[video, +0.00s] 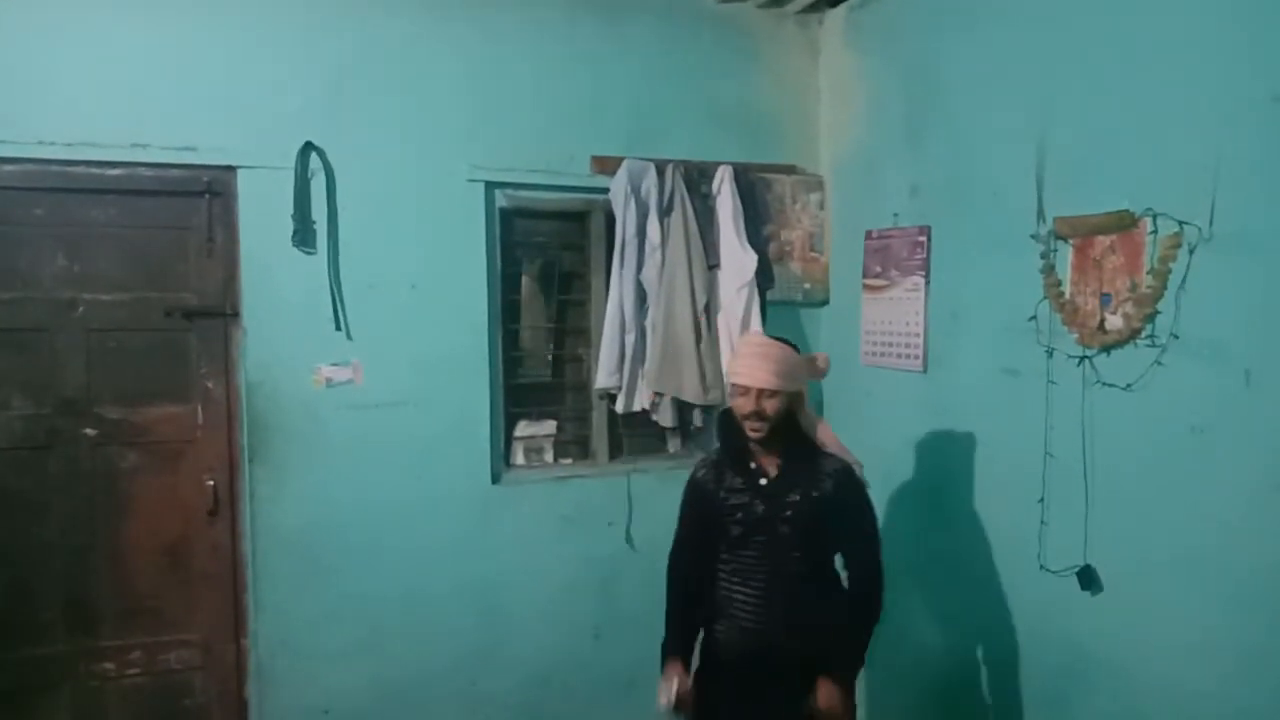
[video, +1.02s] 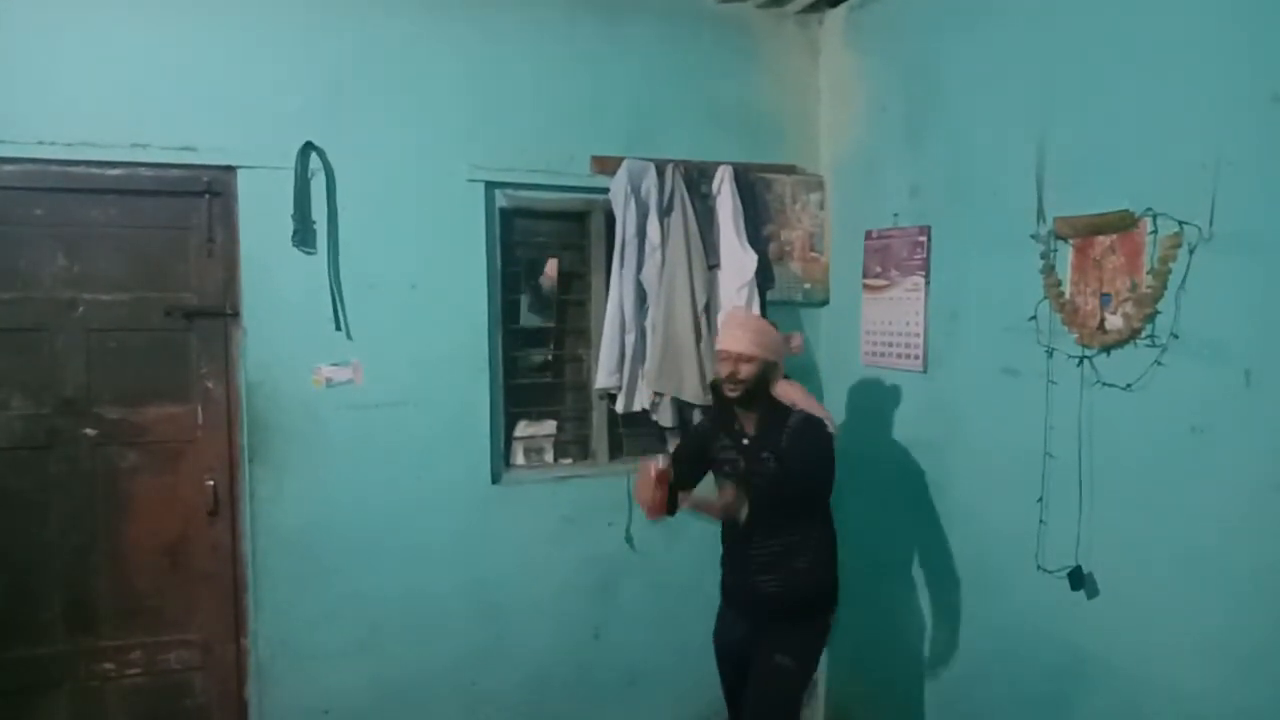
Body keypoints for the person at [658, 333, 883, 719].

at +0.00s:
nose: (752, 407)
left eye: (768, 395)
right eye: (741, 393)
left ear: (794, 400)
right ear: (729, 396)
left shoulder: (834, 479)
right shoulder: (709, 478)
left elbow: (867, 579)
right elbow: (686, 571)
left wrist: (841, 673)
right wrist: (676, 656)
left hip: (805, 670)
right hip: (726, 668)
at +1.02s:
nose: (731, 371)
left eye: (744, 361)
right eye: (724, 359)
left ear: (770, 366)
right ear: (715, 361)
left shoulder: (804, 425)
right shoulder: (717, 422)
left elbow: (800, 500)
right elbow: (680, 477)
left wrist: (738, 504)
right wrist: (658, 490)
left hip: (799, 599)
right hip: (740, 595)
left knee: (770, 709)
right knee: (740, 708)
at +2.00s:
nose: (662, 385)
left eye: (676, 374)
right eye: (657, 372)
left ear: (708, 378)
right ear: (651, 372)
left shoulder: (730, 454)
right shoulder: (681, 441)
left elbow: (693, 539)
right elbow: (659, 538)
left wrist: (625, 511)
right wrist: (616, 598)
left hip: (696, 637)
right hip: (663, 630)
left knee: (669, 710)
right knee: (665, 708)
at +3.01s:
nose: (692, 391)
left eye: (707, 384)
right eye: (695, 381)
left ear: (738, 404)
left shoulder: (759, 495)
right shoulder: (665, 466)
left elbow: (771, 607)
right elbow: (586, 484)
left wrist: (763, 698)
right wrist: (582, 431)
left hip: (692, 656)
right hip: (638, 643)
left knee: (645, 711)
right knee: (641, 711)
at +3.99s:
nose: (660, 395)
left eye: (678, 390)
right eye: (669, 386)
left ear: (706, 416)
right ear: (702, 418)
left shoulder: (716, 504)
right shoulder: (655, 462)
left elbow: (698, 612)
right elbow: (581, 444)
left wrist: (652, 703)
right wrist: (580, 379)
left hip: (634, 670)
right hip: (600, 652)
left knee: (560, 712)